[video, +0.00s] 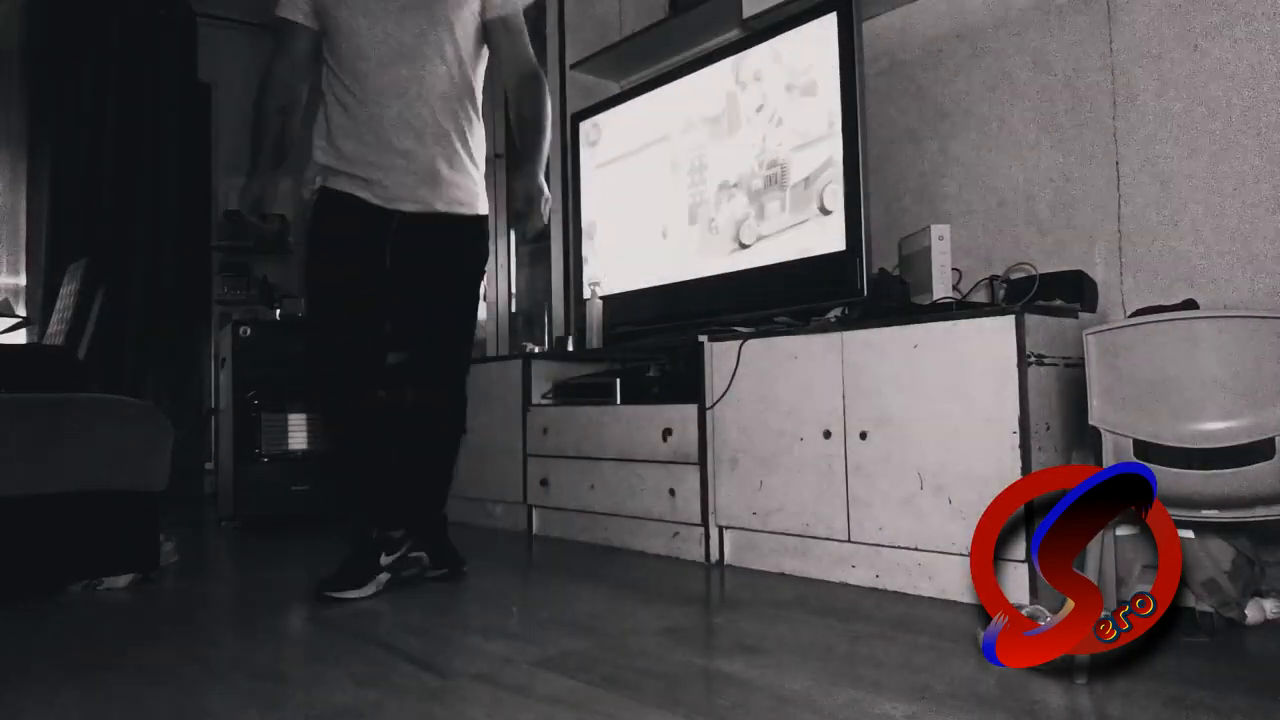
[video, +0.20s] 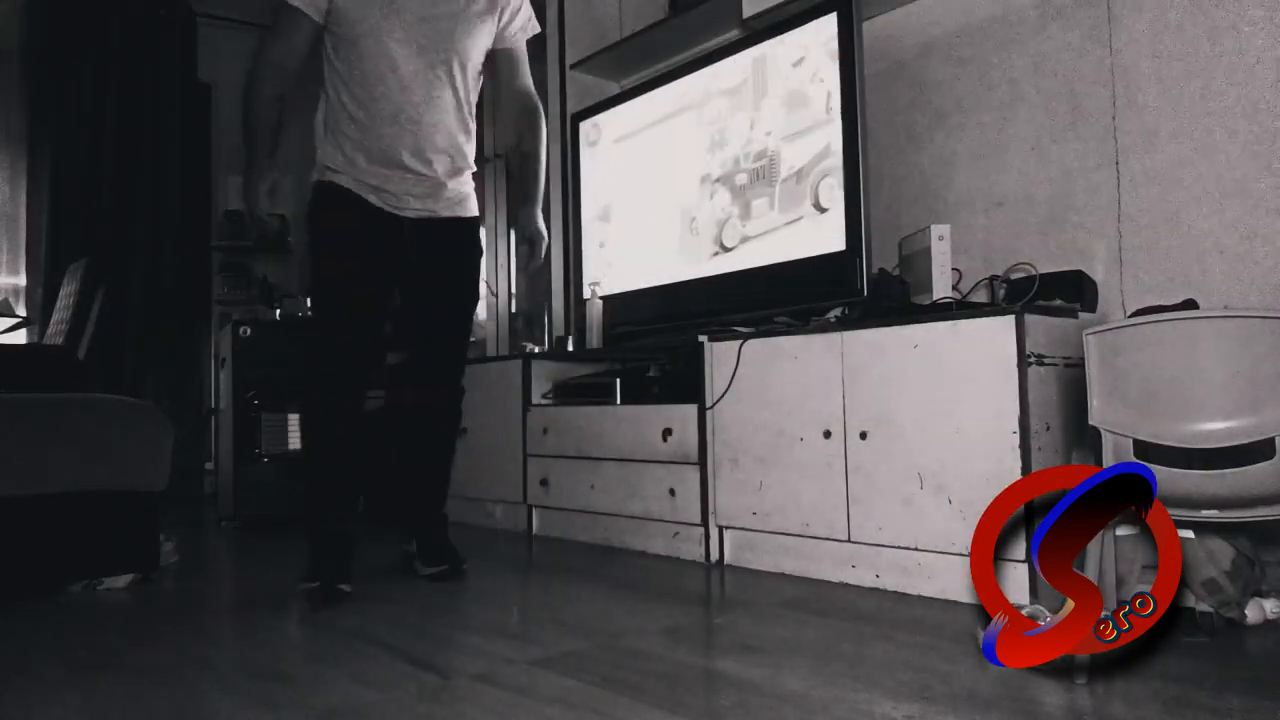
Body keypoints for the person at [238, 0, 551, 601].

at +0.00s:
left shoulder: (490, 5)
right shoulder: (314, 6)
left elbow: (526, 74)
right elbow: (289, 67)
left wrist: (530, 176)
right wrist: (265, 173)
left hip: (449, 198)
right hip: (350, 193)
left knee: (437, 380)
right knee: (346, 376)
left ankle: (428, 536)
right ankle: (375, 540)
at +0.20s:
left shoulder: (502, 5)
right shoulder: (328, 5)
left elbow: (523, 103)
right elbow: (274, 70)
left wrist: (528, 210)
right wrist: (259, 178)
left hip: (447, 207)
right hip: (350, 197)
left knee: (437, 385)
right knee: (339, 381)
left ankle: (428, 529)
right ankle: (329, 558)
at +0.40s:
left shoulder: (505, 10)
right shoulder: (337, 5)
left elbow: (513, 121)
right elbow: (263, 64)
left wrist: (511, 233)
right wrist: (262, 186)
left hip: (429, 207)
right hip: (332, 196)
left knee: (444, 377)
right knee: (333, 380)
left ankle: (428, 525)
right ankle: (334, 559)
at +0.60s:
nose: (488, 62)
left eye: (503, 47)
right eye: (477, 42)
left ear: (516, 40)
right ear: (445, 16)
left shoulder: (517, 83)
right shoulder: (373, 45)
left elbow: (522, 192)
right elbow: (261, 165)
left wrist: (515, 306)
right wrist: (267, 313)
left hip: (416, 230)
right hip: (319, 221)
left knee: (447, 367)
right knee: (329, 385)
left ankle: (421, 535)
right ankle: (334, 562)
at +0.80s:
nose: (490, 259)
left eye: (505, 251)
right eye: (482, 244)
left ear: (534, 213)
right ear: (458, 187)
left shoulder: (524, 212)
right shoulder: (376, 191)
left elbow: (549, 339)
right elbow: (321, 346)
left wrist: (539, 469)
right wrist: (316, 502)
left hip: (419, 268)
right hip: (315, 245)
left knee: (446, 376)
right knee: (341, 389)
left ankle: (412, 544)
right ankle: (340, 556)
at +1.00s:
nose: (509, 341)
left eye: (525, 332)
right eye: (504, 322)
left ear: (565, 282)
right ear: (478, 263)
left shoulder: (551, 265)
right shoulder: (402, 251)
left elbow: (602, 401)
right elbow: (384, 417)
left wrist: (610, 538)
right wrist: (402, 591)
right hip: (317, 245)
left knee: (455, 408)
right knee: (331, 420)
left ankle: (415, 552)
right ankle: (338, 573)